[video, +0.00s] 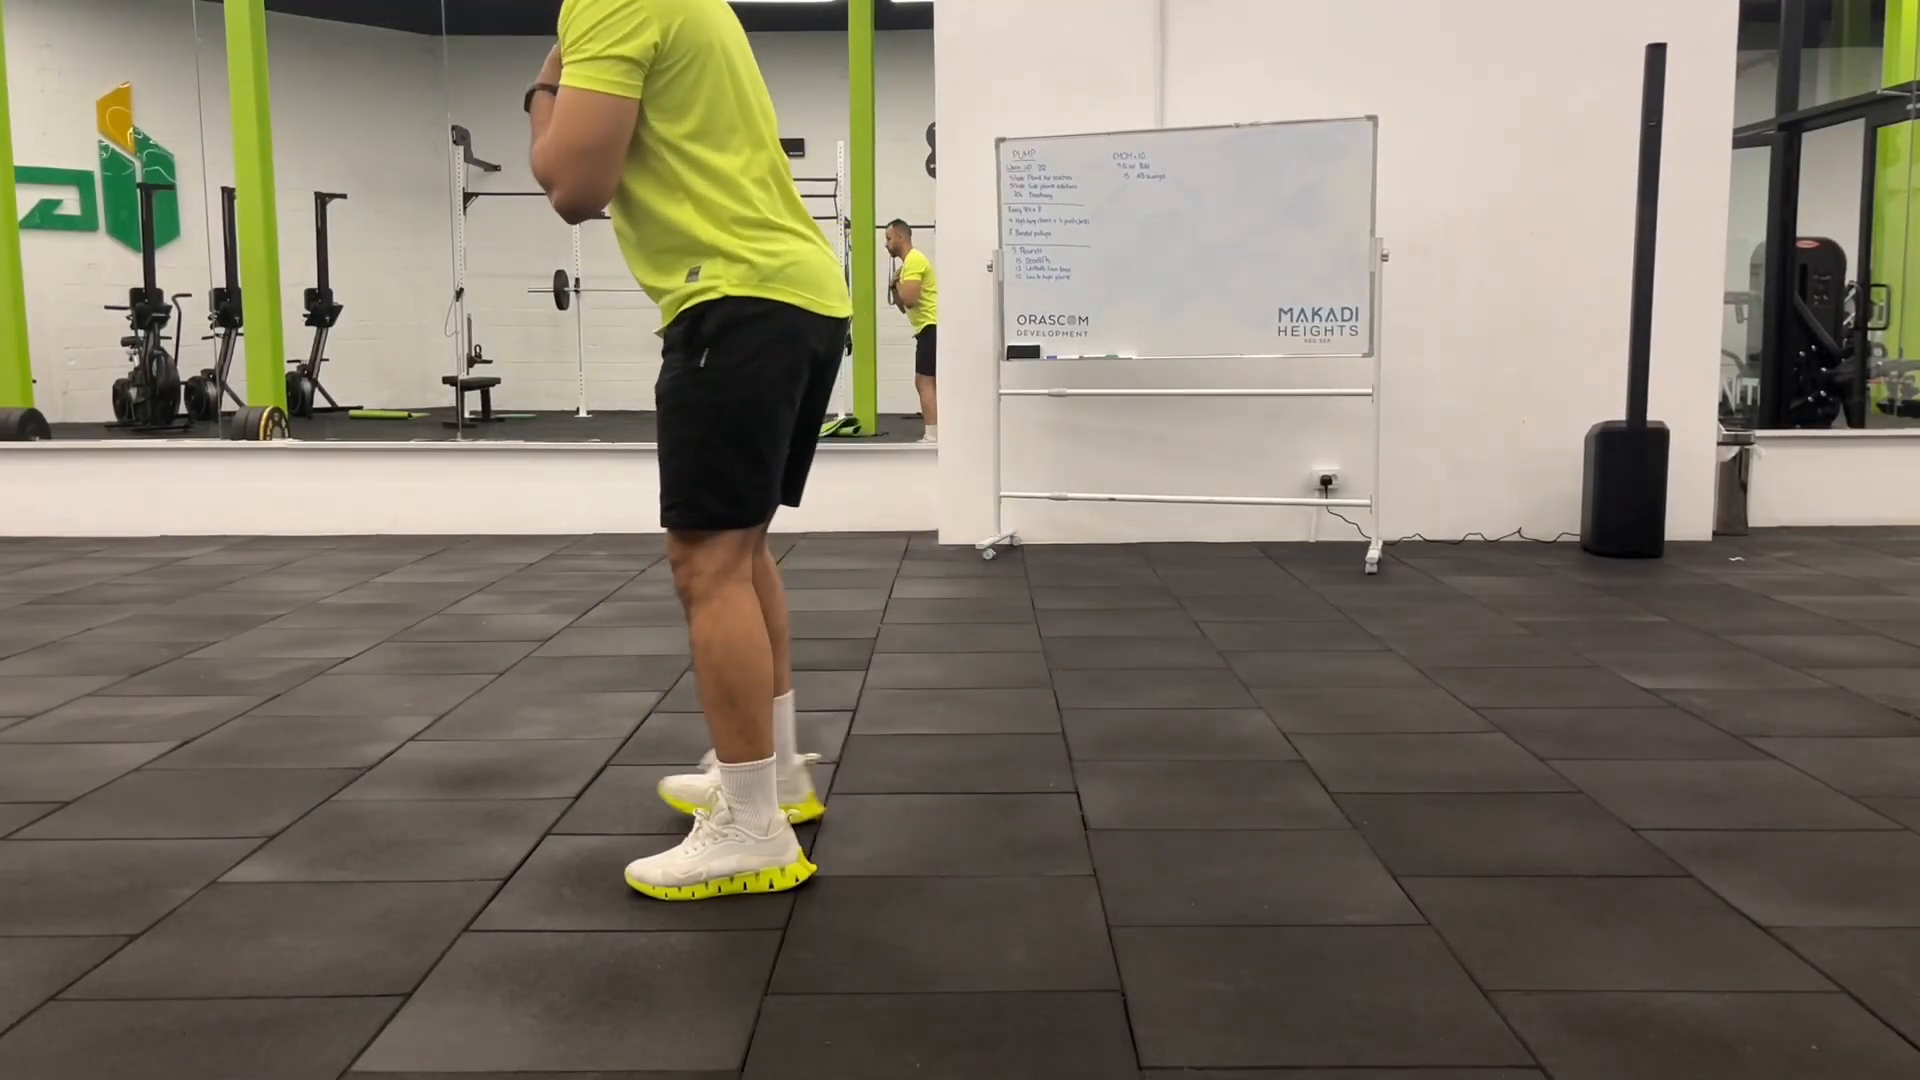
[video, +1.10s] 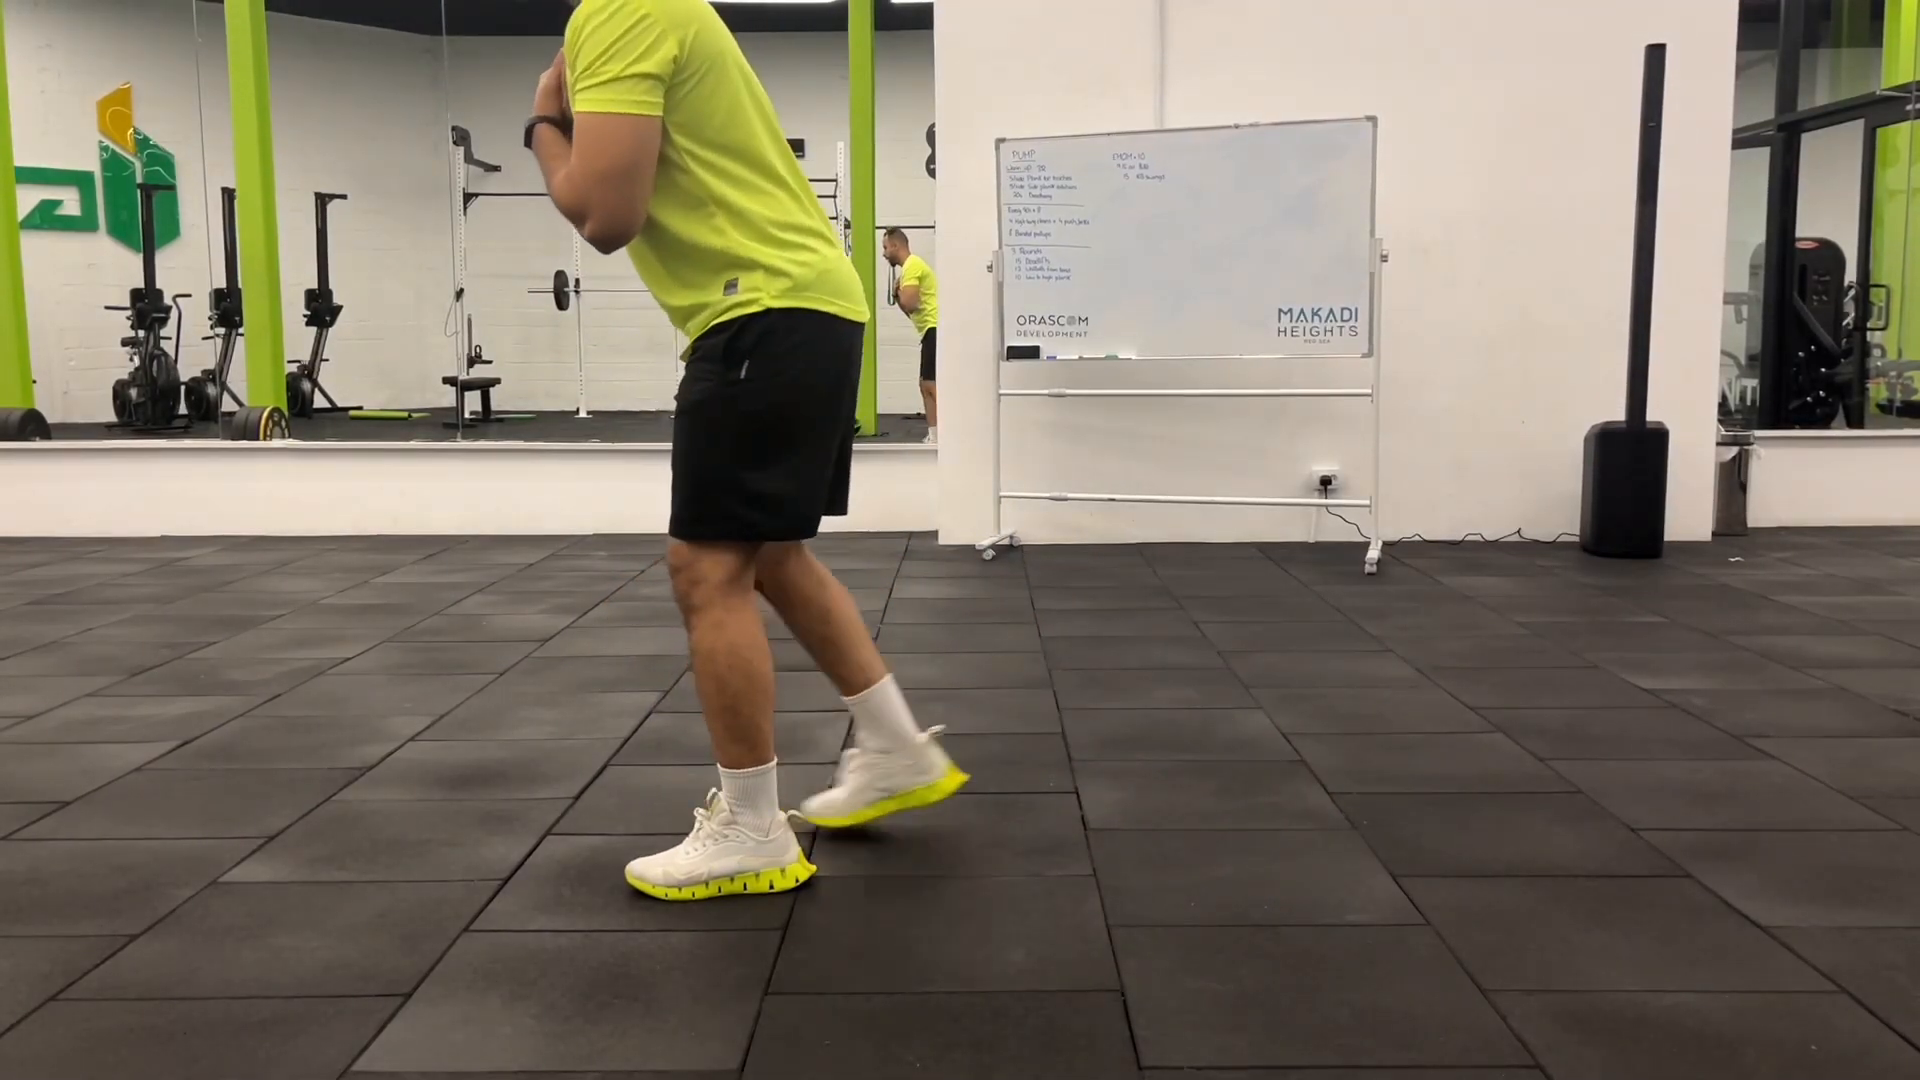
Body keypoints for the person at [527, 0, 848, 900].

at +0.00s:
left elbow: (575, 188)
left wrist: (544, 100)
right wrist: (564, 106)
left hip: (731, 300)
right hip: (794, 294)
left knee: (707, 564)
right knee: (742, 546)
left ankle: (749, 826)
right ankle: (780, 769)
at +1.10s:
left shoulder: (625, 11)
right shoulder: (648, 15)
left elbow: (604, 215)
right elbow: (617, 201)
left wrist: (544, 126)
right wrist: (568, 124)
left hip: (759, 311)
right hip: (808, 304)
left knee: (706, 573)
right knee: (773, 551)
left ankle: (750, 828)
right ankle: (898, 745)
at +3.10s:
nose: (585, 137)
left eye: (591, 109)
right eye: (581, 113)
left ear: (653, 98)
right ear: (662, 96)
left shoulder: (734, 200)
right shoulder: (771, 182)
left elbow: (718, 405)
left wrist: (670, 326)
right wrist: (695, 338)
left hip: (887, 468)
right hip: (960, 470)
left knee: (660, 602)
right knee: (976, 733)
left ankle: (746, 832)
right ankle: (1245, 825)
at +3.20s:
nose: (555, 100)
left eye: (557, 71)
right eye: (548, 76)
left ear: (617, 54)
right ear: (630, 57)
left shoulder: (702, 148)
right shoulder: (738, 135)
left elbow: (697, 358)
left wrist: (643, 279)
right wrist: (672, 282)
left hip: (869, 418)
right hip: (943, 417)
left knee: (668, 597)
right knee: (974, 674)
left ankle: (748, 834)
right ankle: (1227, 818)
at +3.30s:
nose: (521, 54)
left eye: (526, 26)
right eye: (516, 32)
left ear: (587, 11)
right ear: (596, 15)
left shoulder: (674, 103)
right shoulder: (704, 90)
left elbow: (675, 308)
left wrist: (612, 236)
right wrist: (646, 241)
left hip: (839, 380)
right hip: (916, 372)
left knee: (679, 591)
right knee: (964, 623)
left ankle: (747, 829)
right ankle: (1186, 786)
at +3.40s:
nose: (507, 19)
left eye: (509, 2)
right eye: (501, 7)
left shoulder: (651, 58)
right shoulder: (679, 51)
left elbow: (648, 270)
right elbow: (663, 258)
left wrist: (593, 192)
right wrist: (613, 191)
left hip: (818, 345)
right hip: (891, 337)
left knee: (692, 585)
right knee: (928, 594)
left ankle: (750, 829)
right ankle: (1142, 756)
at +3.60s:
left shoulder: (644, 9)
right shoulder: (714, 15)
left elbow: (617, 213)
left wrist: (571, 126)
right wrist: (599, 132)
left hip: (772, 313)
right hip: (854, 307)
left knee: (712, 578)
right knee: (822, 556)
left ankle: (750, 831)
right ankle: (1002, 749)